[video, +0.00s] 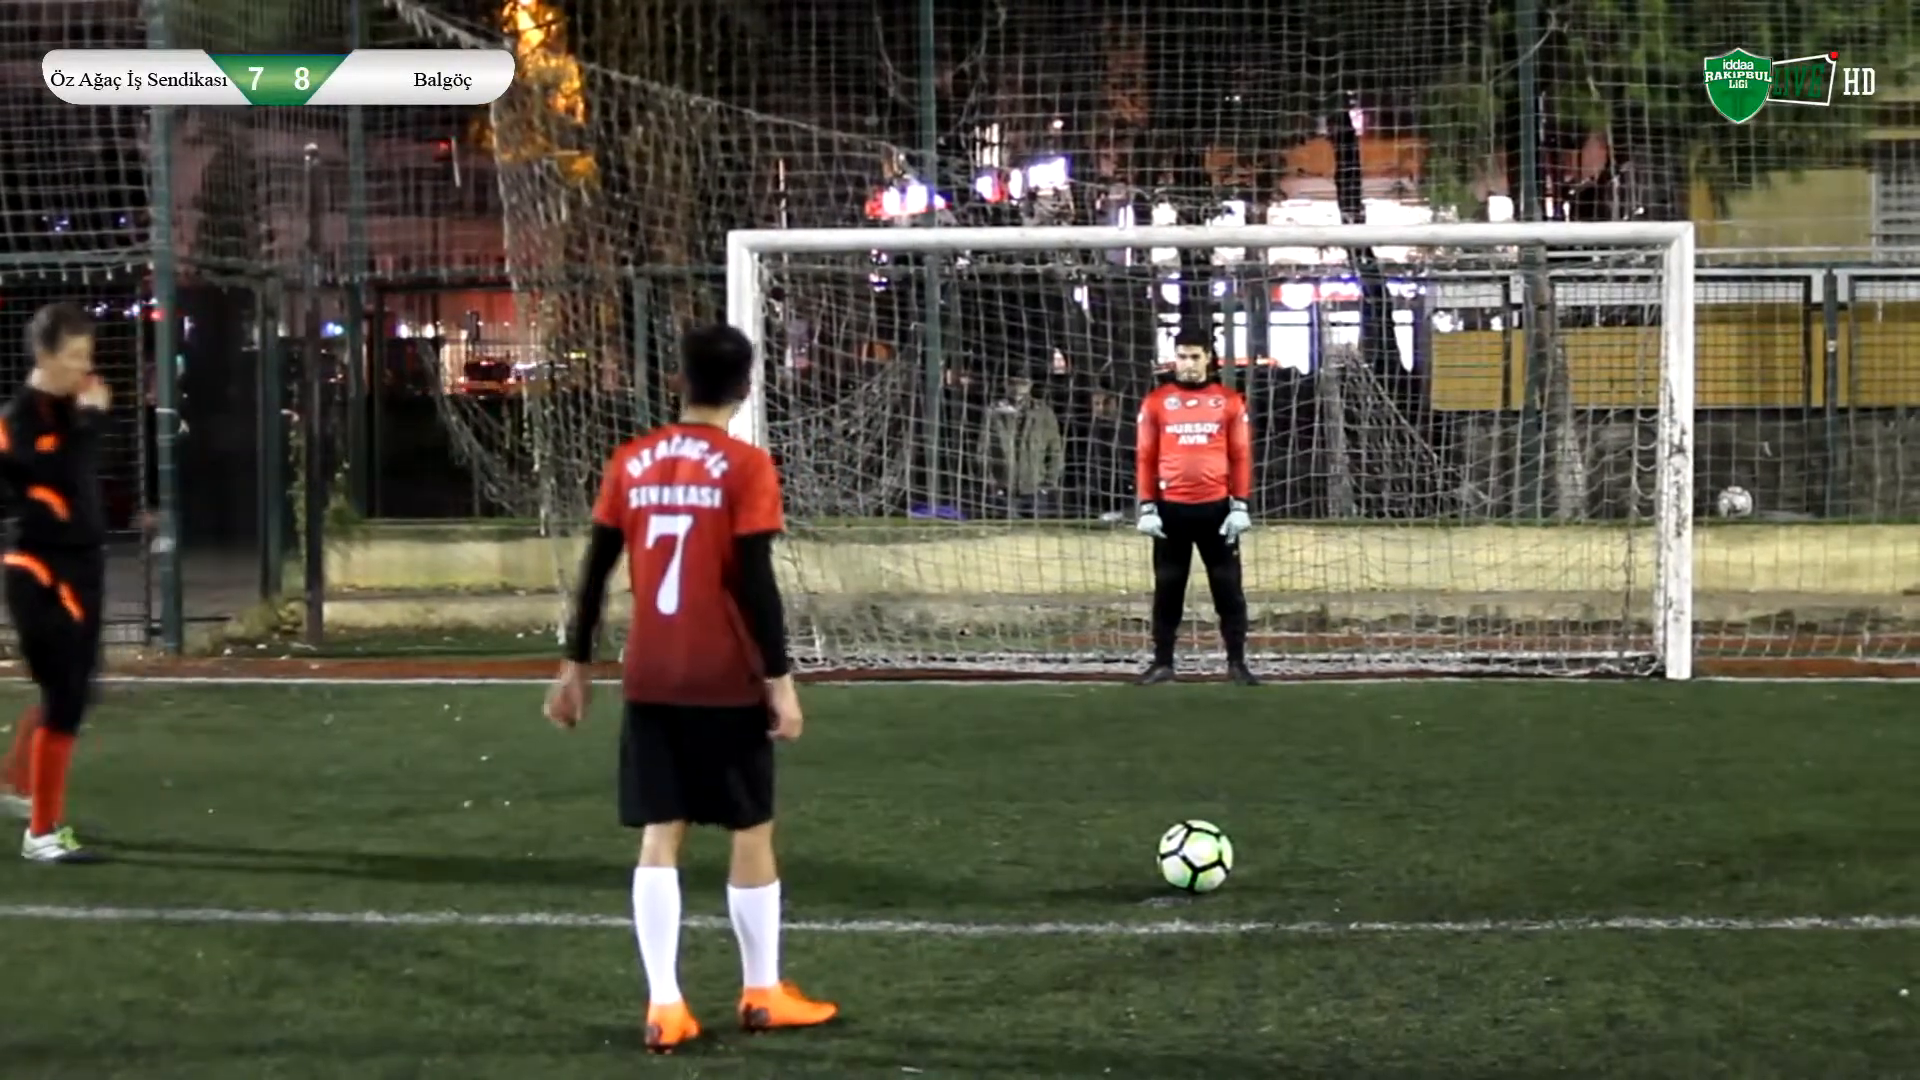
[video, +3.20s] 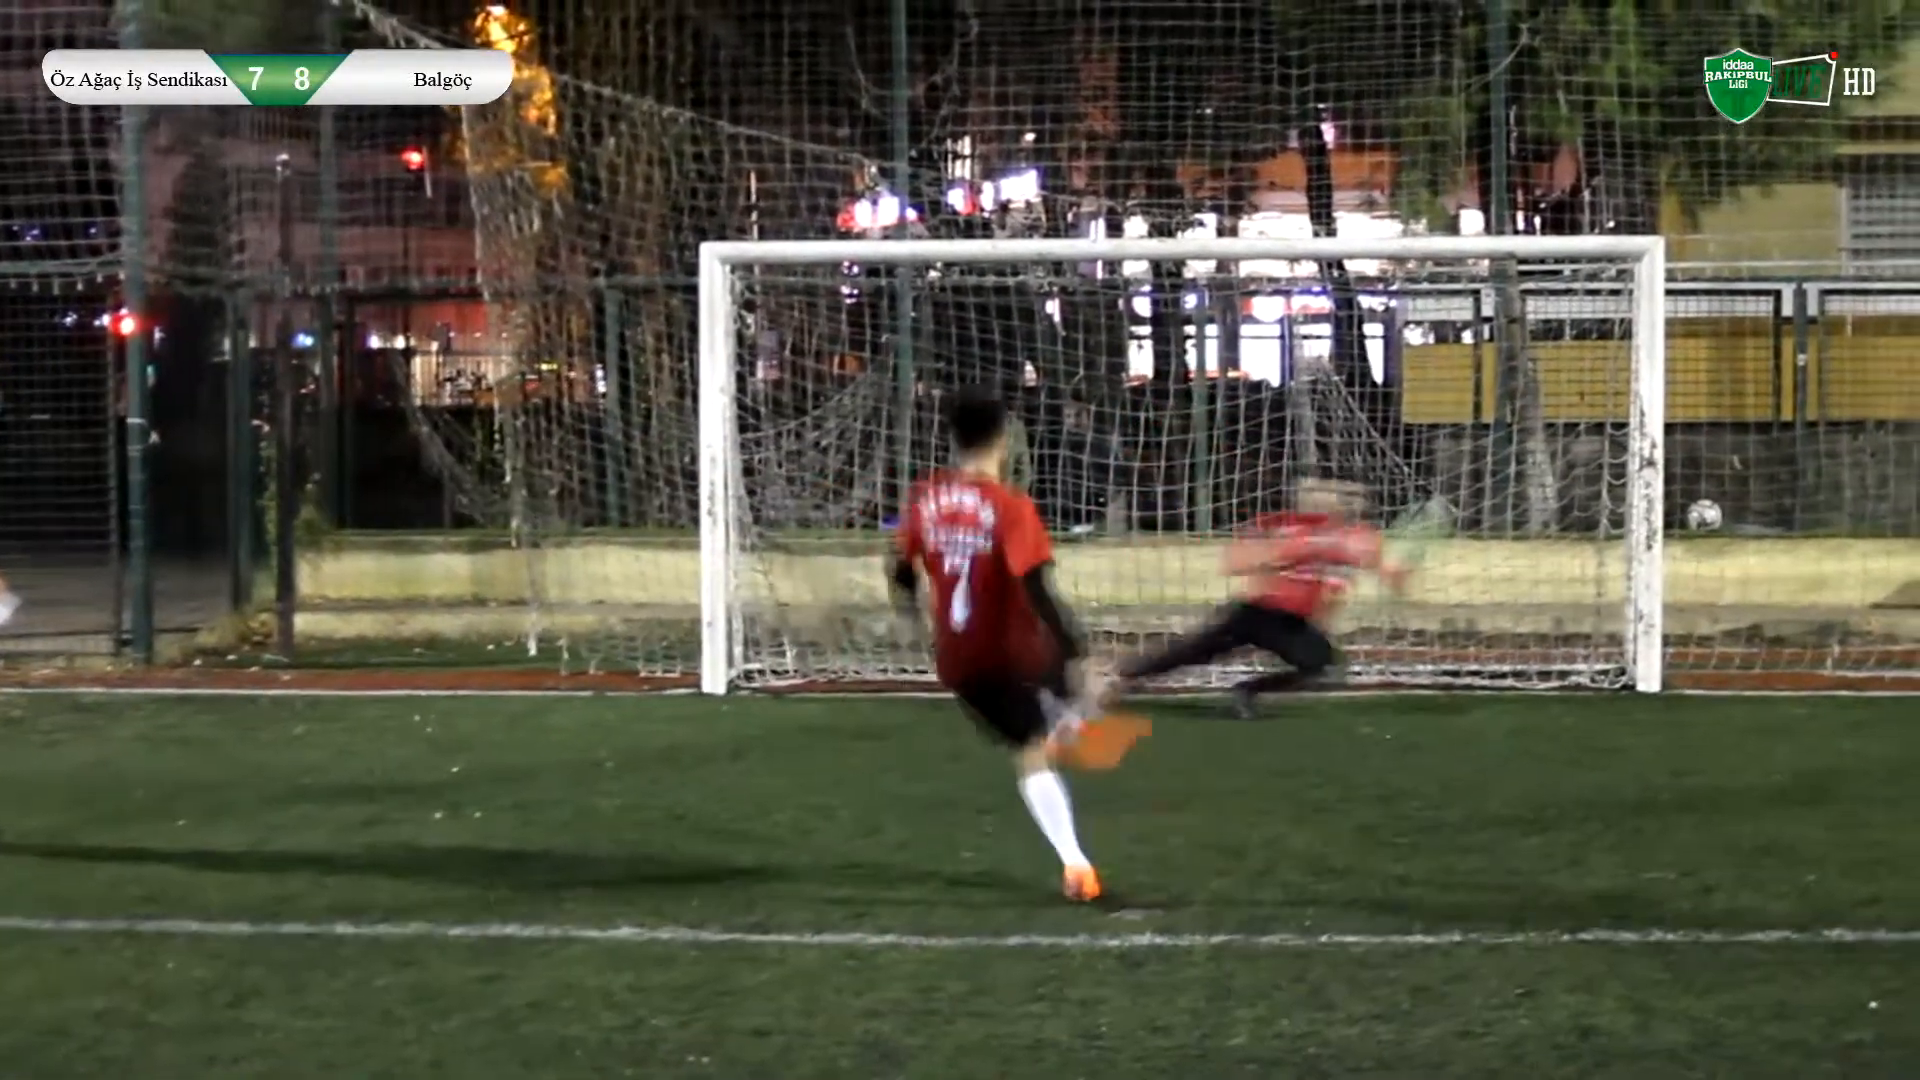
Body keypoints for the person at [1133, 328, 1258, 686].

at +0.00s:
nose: (1188, 364)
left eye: (1195, 357)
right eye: (1182, 357)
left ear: (1209, 359)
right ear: (1174, 359)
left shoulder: (1230, 402)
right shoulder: (1155, 402)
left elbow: (1241, 455)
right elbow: (1145, 456)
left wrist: (1240, 503)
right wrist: (1147, 505)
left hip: (1216, 507)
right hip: (1170, 508)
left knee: (1228, 589)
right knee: (1167, 589)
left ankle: (1237, 662)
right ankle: (1163, 661)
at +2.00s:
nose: (1205, 381)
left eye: (1212, 374)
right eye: (1198, 374)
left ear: (1223, 375)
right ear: (1187, 375)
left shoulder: (1243, 415)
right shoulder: (1168, 415)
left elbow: (1252, 472)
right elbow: (1158, 472)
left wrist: (1253, 521)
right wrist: (1157, 523)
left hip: (1231, 516)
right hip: (1185, 516)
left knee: (1255, 589)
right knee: (1167, 593)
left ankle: (1256, 660)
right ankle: (1159, 664)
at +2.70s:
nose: (1205, 433)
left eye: (1212, 425)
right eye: (1198, 425)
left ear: (1225, 427)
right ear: (1189, 428)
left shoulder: (1250, 458)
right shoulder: (1179, 461)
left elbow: (1279, 500)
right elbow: (1148, 496)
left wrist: (1309, 540)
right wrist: (1112, 524)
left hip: (1246, 546)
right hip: (1199, 546)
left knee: (1270, 593)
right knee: (1160, 602)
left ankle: (1235, 657)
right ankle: (1114, 674)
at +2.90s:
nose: (1217, 488)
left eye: (1224, 479)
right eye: (1210, 480)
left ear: (1237, 482)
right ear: (1199, 484)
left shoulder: (1255, 512)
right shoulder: (1188, 512)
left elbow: (1283, 539)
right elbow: (1157, 543)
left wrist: (1300, 564)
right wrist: (1123, 566)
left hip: (1247, 585)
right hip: (1201, 581)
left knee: (1278, 608)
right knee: (1154, 620)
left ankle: (1248, 680)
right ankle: (1104, 681)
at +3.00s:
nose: (1235, 495)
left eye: (1245, 488)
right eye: (1229, 486)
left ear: (1259, 495)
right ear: (1219, 489)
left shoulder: (1270, 524)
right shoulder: (1203, 520)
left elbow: (1296, 555)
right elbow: (1179, 548)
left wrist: (1313, 576)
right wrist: (1149, 564)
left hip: (1254, 601)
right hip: (1209, 595)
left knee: (1283, 631)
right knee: (1155, 627)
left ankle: (1240, 692)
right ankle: (1098, 687)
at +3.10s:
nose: (1282, 498)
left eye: (1291, 491)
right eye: (1275, 490)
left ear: (1303, 497)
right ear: (1262, 493)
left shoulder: (1314, 530)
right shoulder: (1242, 525)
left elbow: (1333, 585)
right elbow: (1199, 562)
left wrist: (1340, 568)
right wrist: (1222, 564)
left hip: (1272, 616)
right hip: (1229, 608)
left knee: (1300, 639)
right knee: (1180, 642)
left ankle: (1238, 694)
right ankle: (1112, 674)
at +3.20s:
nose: (1336, 508)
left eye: (1344, 502)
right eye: (1329, 498)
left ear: (1352, 508)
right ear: (1311, 499)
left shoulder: (1353, 542)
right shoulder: (1282, 529)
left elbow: (1382, 572)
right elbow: (1234, 560)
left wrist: (1397, 575)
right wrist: (1283, 552)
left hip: (1294, 623)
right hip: (1254, 614)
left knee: (1321, 664)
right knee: (1197, 648)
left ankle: (1250, 690)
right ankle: (1124, 674)